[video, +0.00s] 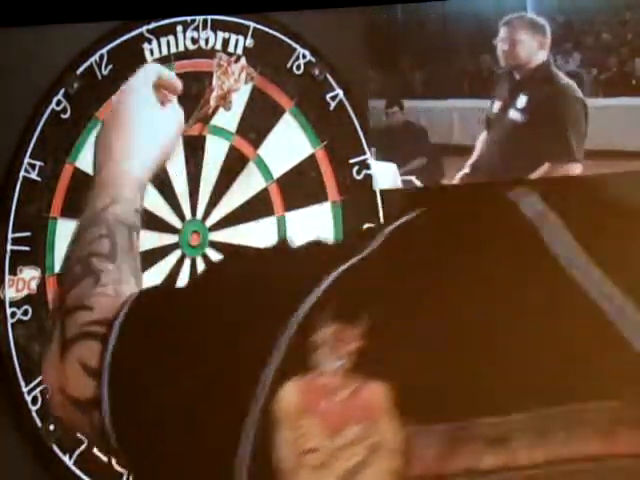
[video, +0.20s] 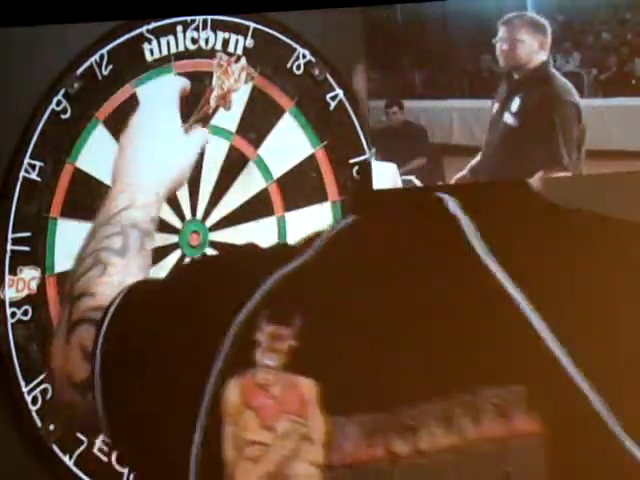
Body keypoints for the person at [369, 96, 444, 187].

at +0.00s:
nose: (391, 117)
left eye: (394, 113)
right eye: (388, 114)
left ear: (402, 113)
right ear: (385, 116)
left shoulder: (417, 131)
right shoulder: (383, 133)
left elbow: (422, 159)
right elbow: (377, 157)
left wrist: (398, 172)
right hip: (389, 180)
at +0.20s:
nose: (390, 117)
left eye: (394, 113)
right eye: (388, 114)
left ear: (402, 113)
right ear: (385, 115)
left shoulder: (417, 130)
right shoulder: (382, 133)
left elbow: (422, 159)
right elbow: (379, 155)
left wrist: (399, 172)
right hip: (388, 178)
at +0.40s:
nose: (391, 117)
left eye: (394, 113)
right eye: (388, 114)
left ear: (403, 113)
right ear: (385, 115)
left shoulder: (418, 131)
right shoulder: (383, 132)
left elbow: (422, 159)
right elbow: (377, 154)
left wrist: (399, 172)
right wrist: (381, 170)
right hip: (388, 180)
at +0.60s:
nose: (391, 117)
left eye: (394, 113)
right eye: (388, 114)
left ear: (403, 112)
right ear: (385, 116)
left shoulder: (418, 131)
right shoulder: (383, 132)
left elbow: (422, 159)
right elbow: (379, 155)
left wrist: (399, 173)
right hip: (388, 178)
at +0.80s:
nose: (391, 118)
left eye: (394, 113)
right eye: (388, 115)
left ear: (402, 113)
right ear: (386, 117)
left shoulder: (418, 131)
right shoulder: (383, 133)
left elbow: (423, 158)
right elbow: (379, 155)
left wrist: (399, 173)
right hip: (389, 180)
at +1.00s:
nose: (391, 117)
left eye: (394, 113)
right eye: (388, 114)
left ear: (402, 113)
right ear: (386, 116)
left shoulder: (417, 131)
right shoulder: (384, 132)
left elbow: (423, 159)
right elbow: (379, 154)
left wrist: (399, 172)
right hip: (389, 178)